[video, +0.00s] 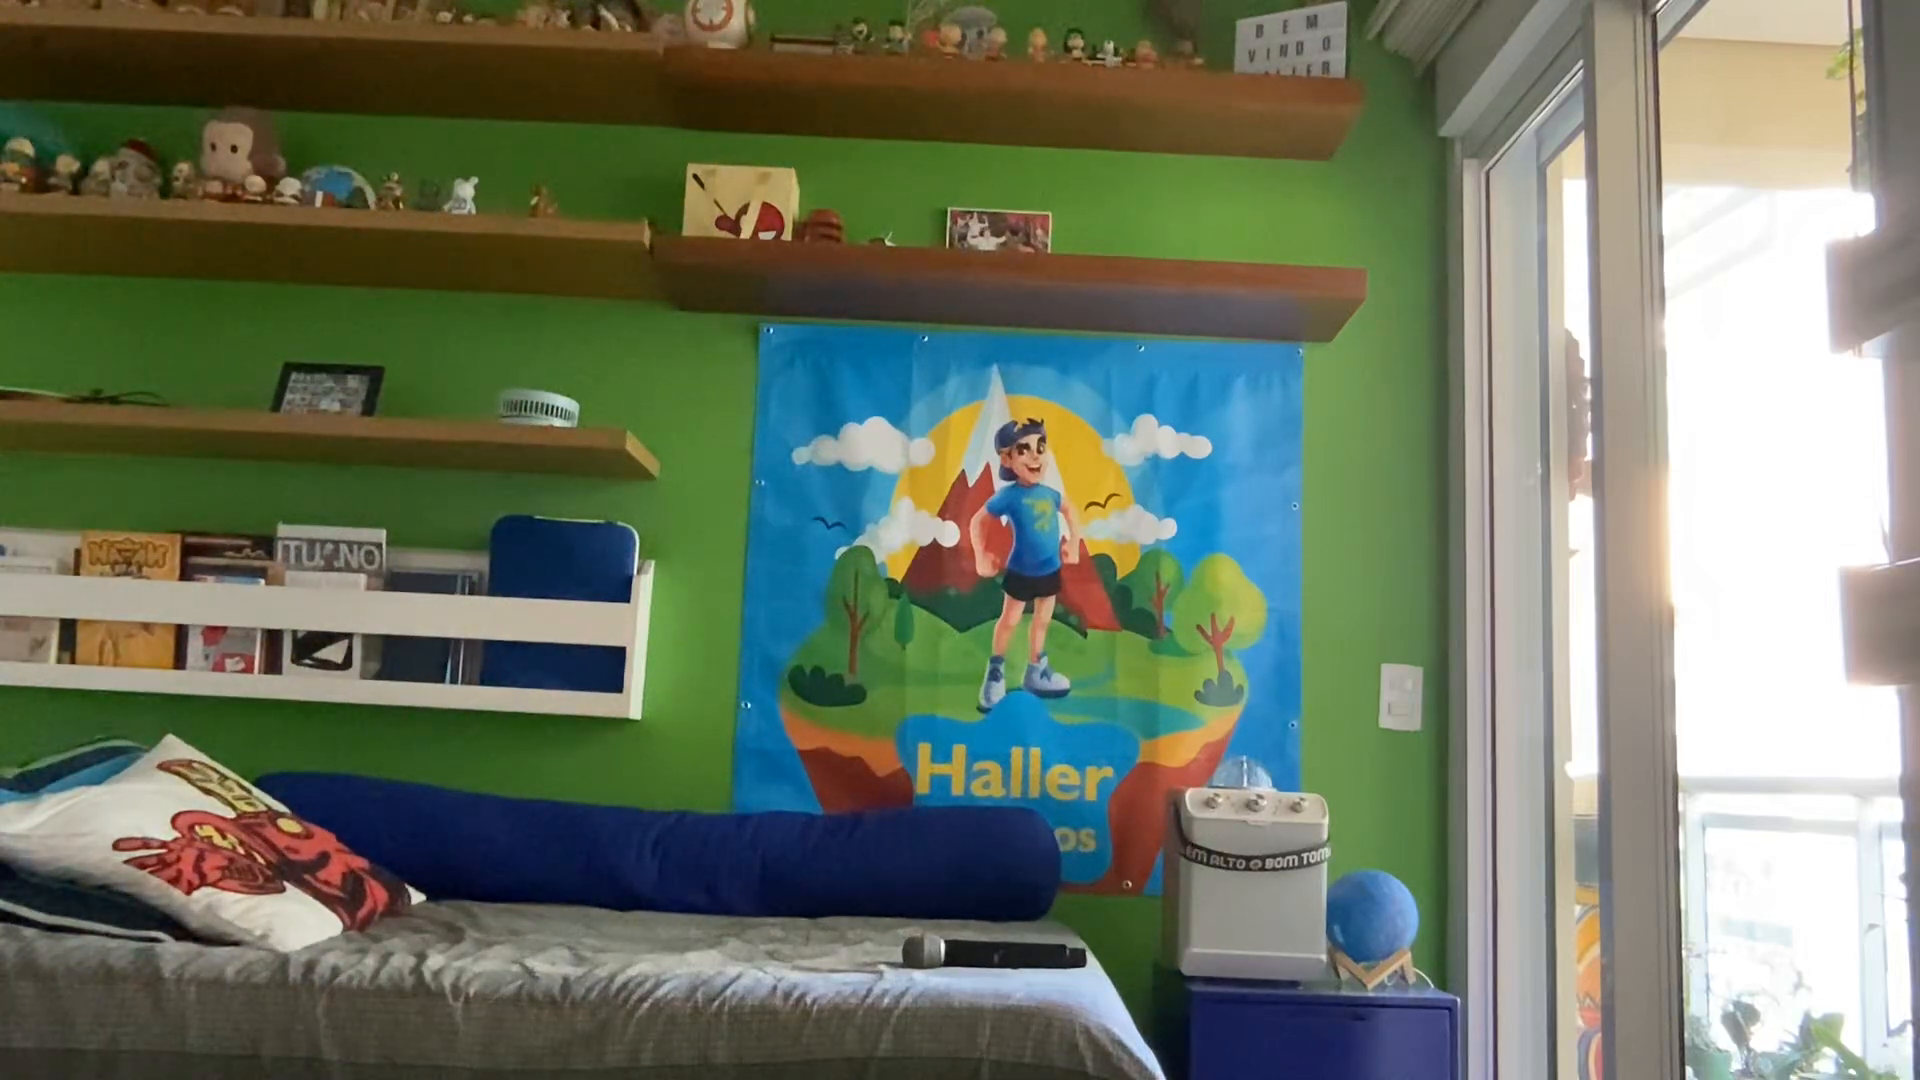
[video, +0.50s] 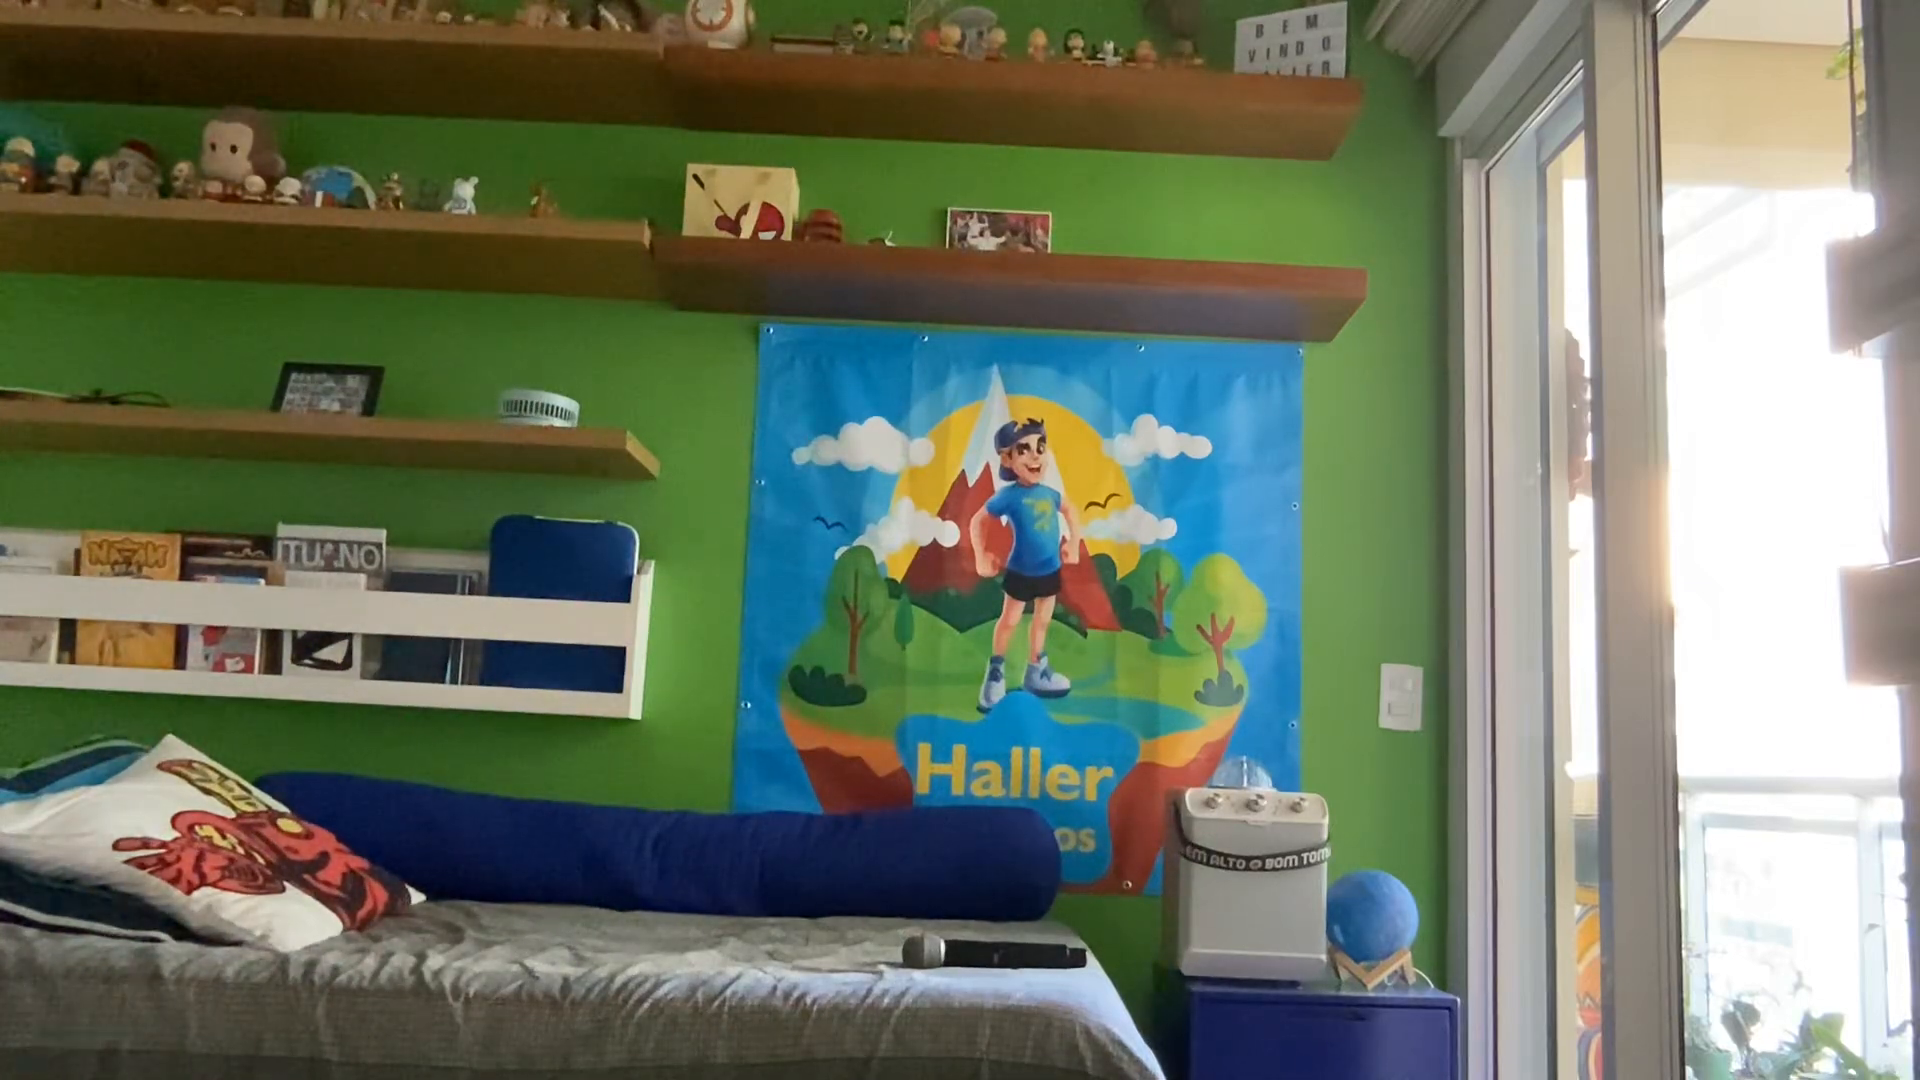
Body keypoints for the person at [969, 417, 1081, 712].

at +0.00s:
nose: (1034, 458)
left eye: (1040, 450)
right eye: (1024, 450)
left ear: (1046, 455)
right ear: (1008, 459)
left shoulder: (1050, 494)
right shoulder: (1007, 496)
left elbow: (1070, 513)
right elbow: (977, 521)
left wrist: (1074, 542)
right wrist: (980, 555)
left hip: (1049, 570)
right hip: (1020, 571)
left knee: (1043, 618)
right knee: (1010, 619)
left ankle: (1036, 670)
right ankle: (995, 671)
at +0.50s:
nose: (1034, 458)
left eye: (1040, 449)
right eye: (1024, 450)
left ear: (1046, 455)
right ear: (1008, 459)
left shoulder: (1050, 494)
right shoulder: (1007, 496)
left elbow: (1071, 513)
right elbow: (977, 521)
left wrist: (1074, 543)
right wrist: (980, 555)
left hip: (1049, 570)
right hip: (1020, 572)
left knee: (1043, 618)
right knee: (1010, 619)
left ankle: (1036, 670)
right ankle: (996, 671)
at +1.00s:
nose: (1034, 457)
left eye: (1039, 449)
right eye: (1024, 450)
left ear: (1046, 455)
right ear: (1007, 459)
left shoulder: (1050, 494)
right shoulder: (1007, 496)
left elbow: (1070, 513)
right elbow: (977, 521)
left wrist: (1074, 542)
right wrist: (980, 555)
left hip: (1049, 571)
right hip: (1020, 572)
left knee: (1043, 619)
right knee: (1009, 620)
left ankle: (1036, 670)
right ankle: (996, 671)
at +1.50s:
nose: (1034, 458)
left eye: (1039, 449)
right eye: (1024, 450)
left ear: (1047, 454)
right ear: (1008, 459)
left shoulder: (1050, 494)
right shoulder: (1008, 496)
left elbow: (1070, 513)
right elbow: (977, 520)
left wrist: (1074, 542)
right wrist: (980, 555)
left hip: (1049, 571)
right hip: (1020, 572)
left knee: (1043, 619)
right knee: (1010, 619)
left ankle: (1036, 670)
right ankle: (996, 672)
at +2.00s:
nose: (1034, 457)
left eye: (1040, 449)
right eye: (1024, 450)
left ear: (1047, 454)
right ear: (1008, 459)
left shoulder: (1050, 494)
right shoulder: (1007, 496)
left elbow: (1070, 513)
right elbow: (977, 520)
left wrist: (1074, 543)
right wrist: (980, 556)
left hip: (1049, 570)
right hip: (1020, 572)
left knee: (1043, 619)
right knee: (1010, 619)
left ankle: (1036, 670)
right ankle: (996, 672)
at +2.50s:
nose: (1034, 458)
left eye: (1039, 449)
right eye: (1024, 450)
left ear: (1047, 454)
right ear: (1008, 460)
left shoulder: (1050, 494)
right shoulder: (1008, 496)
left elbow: (1070, 512)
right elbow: (977, 520)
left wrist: (1074, 542)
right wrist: (980, 556)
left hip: (1049, 571)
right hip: (1020, 572)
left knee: (1043, 618)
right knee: (1010, 619)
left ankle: (1036, 670)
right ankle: (996, 671)